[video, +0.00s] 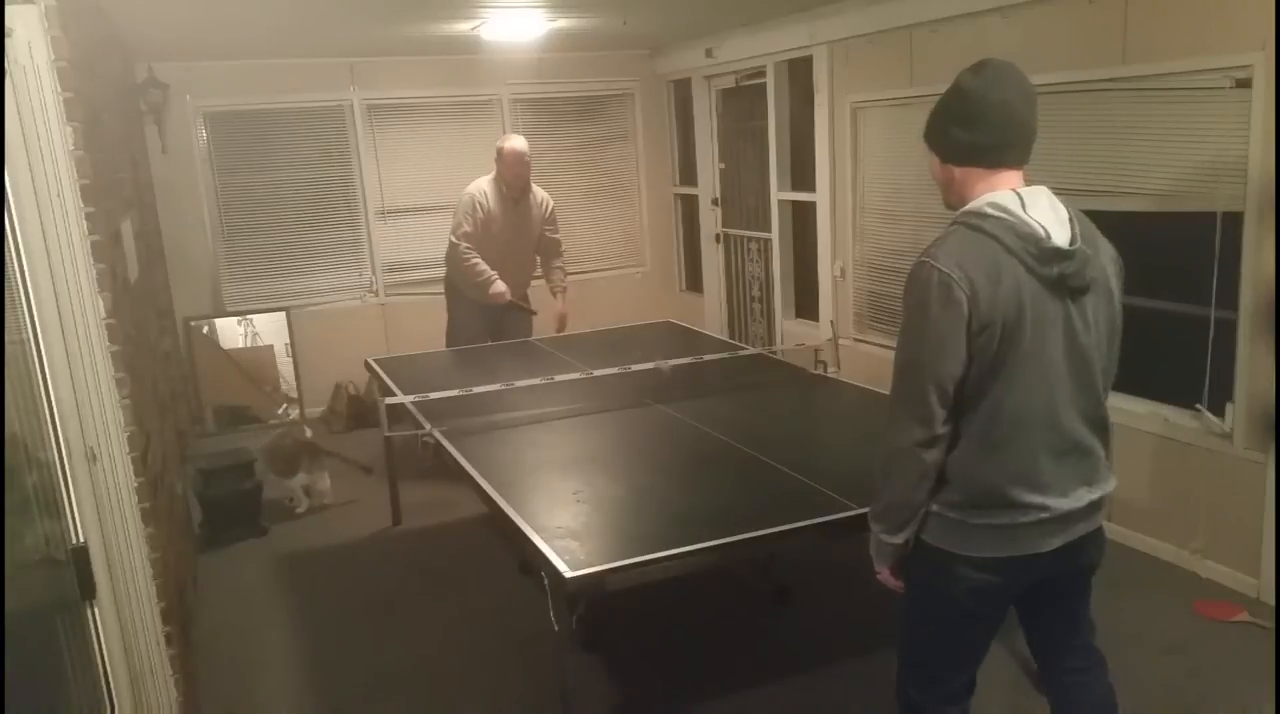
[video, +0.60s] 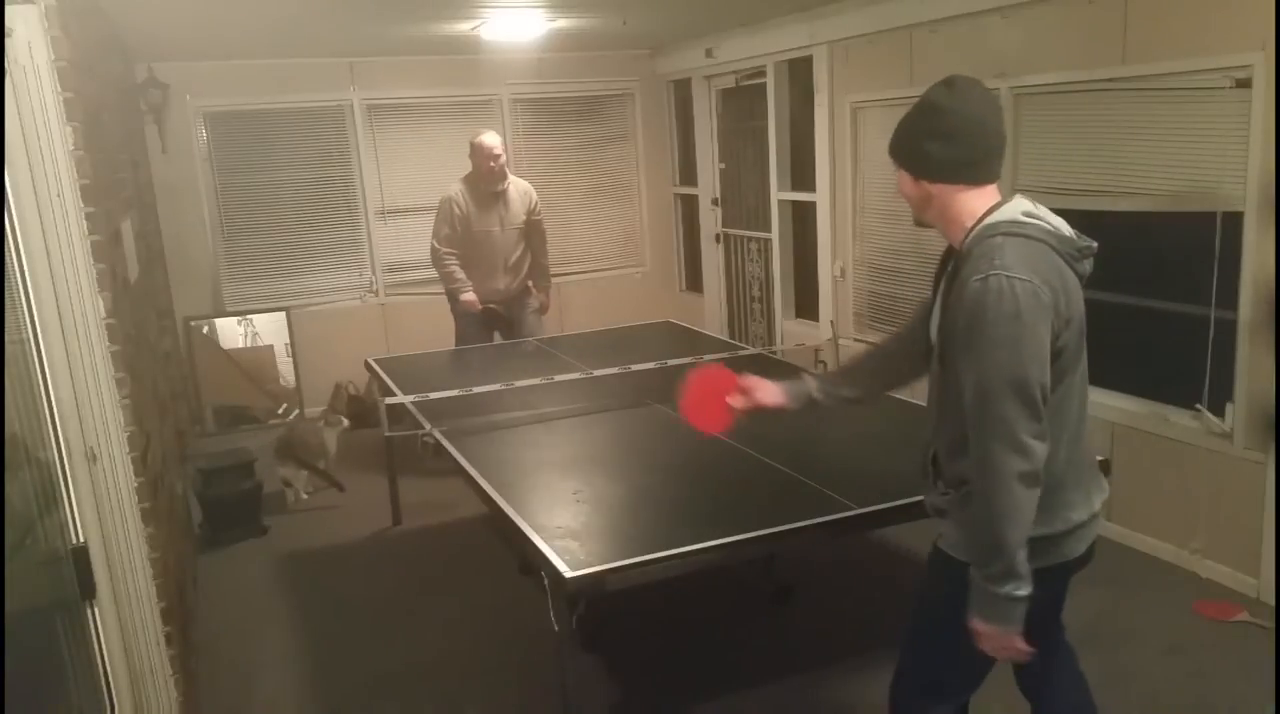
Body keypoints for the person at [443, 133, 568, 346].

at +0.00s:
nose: (520, 172)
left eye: (525, 164)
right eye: (513, 165)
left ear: (531, 163)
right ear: (498, 163)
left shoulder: (542, 202)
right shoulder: (476, 197)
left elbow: (552, 254)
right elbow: (459, 251)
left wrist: (560, 298)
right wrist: (491, 282)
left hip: (515, 300)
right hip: (470, 299)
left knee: (518, 369)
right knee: (471, 370)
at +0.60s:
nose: (493, 164)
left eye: (497, 157)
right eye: (486, 158)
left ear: (505, 154)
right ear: (472, 159)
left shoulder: (524, 192)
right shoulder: (456, 200)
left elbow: (538, 244)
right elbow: (443, 252)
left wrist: (542, 287)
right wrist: (463, 291)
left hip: (520, 299)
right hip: (473, 304)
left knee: (532, 361)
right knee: (473, 371)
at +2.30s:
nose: (505, 171)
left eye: (511, 163)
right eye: (499, 164)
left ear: (520, 155)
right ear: (487, 158)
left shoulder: (543, 193)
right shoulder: (468, 197)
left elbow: (563, 247)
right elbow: (448, 248)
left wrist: (564, 296)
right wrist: (456, 287)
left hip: (534, 300)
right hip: (488, 304)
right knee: (494, 372)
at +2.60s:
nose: (502, 169)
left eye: (507, 162)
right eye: (495, 163)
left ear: (516, 158)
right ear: (482, 161)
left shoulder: (535, 194)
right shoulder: (464, 199)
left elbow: (552, 246)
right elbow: (449, 248)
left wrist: (563, 292)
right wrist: (487, 281)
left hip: (526, 299)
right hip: (481, 303)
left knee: (533, 371)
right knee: (488, 374)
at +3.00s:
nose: (514, 163)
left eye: (517, 156)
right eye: (506, 157)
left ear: (522, 157)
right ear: (488, 158)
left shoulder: (533, 195)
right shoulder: (468, 197)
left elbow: (546, 249)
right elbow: (431, 219)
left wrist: (553, 291)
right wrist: (446, 186)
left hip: (524, 297)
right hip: (479, 301)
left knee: (535, 365)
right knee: (487, 369)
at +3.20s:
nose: (513, 163)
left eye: (518, 154)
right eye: (505, 156)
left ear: (523, 154)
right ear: (489, 156)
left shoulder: (539, 194)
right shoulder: (469, 195)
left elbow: (552, 250)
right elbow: (434, 232)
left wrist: (558, 293)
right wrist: (456, 246)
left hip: (529, 301)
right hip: (485, 305)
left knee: (536, 371)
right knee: (490, 375)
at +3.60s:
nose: (514, 161)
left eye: (518, 153)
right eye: (507, 155)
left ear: (525, 152)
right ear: (492, 156)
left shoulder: (547, 190)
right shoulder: (474, 197)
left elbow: (567, 240)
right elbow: (456, 247)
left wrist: (572, 285)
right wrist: (479, 283)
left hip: (539, 301)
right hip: (493, 305)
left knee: (541, 372)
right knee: (496, 372)